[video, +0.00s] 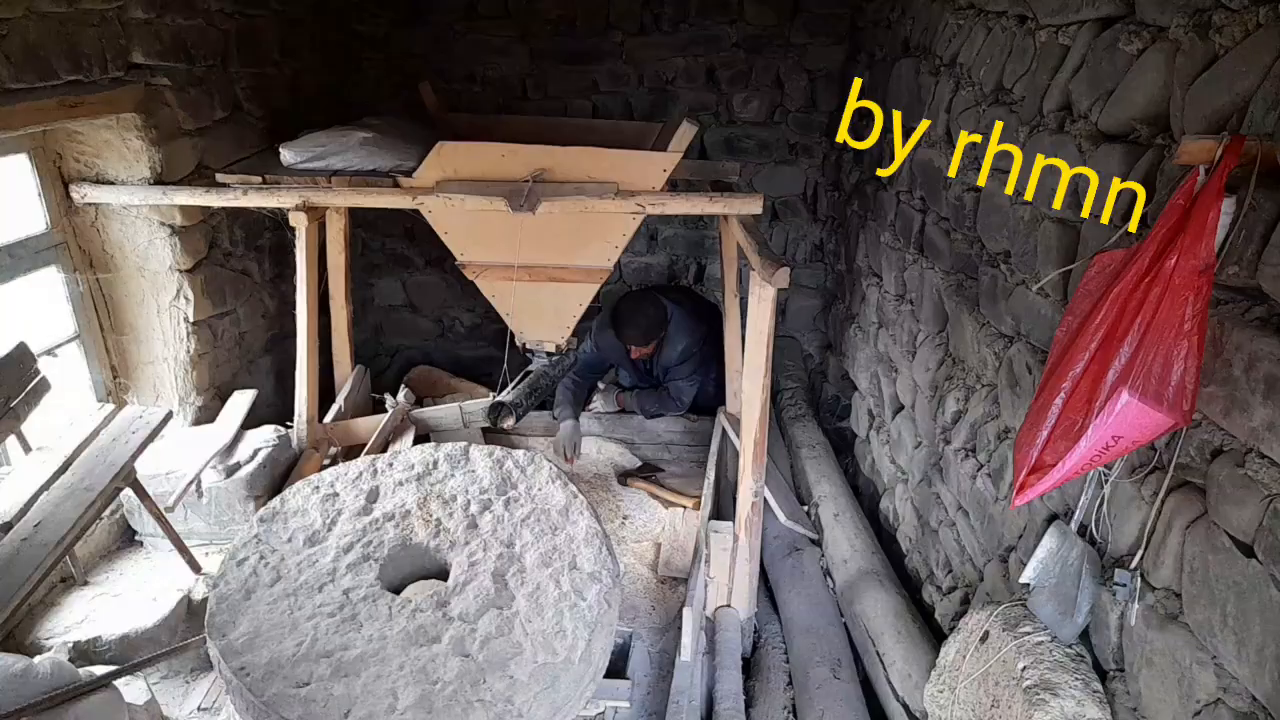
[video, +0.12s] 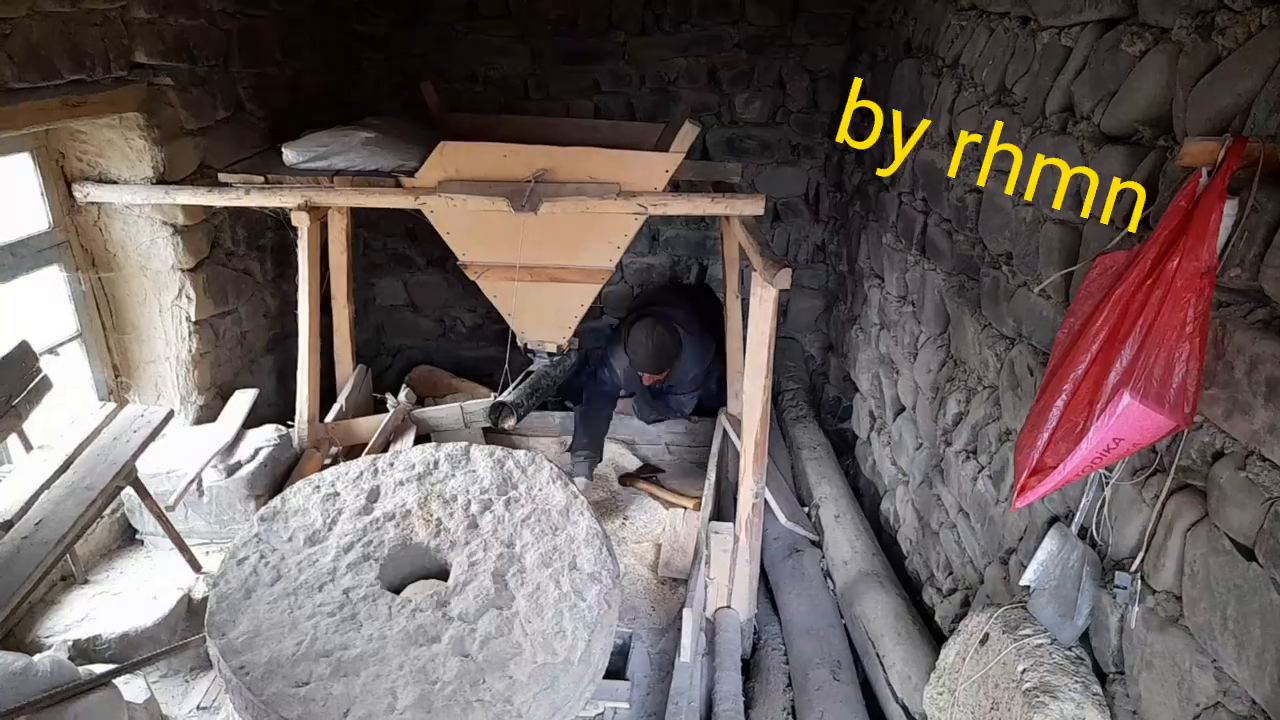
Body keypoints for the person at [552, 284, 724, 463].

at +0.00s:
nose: (633, 354)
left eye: (642, 347)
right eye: (628, 346)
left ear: (660, 336)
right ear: (619, 334)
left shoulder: (684, 345)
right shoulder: (607, 333)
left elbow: (676, 401)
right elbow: (574, 379)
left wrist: (620, 400)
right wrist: (567, 420)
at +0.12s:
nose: (646, 381)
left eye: (655, 375)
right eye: (641, 373)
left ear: (671, 365)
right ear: (631, 358)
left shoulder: (695, 362)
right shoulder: (617, 357)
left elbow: (679, 407)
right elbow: (597, 403)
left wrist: (634, 406)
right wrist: (582, 472)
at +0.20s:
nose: (653, 403)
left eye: (662, 397)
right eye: (648, 394)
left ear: (679, 381)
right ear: (638, 373)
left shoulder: (703, 379)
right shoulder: (618, 365)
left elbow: (680, 413)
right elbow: (593, 406)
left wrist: (632, 413)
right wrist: (568, 462)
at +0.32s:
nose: (656, 401)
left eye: (664, 395)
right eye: (651, 393)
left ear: (683, 379)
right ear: (641, 369)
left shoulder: (704, 375)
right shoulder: (621, 361)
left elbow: (683, 412)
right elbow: (597, 401)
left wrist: (630, 410)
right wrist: (576, 466)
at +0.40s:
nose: (648, 366)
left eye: (657, 361)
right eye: (644, 358)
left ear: (673, 355)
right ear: (635, 341)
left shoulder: (695, 361)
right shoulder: (621, 328)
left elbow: (677, 405)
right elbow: (593, 345)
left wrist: (618, 407)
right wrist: (588, 382)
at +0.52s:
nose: (662, 338)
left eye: (670, 331)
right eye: (656, 331)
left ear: (684, 322)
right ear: (645, 320)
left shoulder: (705, 315)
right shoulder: (628, 315)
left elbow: (711, 381)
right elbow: (614, 376)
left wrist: (676, 418)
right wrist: (626, 445)